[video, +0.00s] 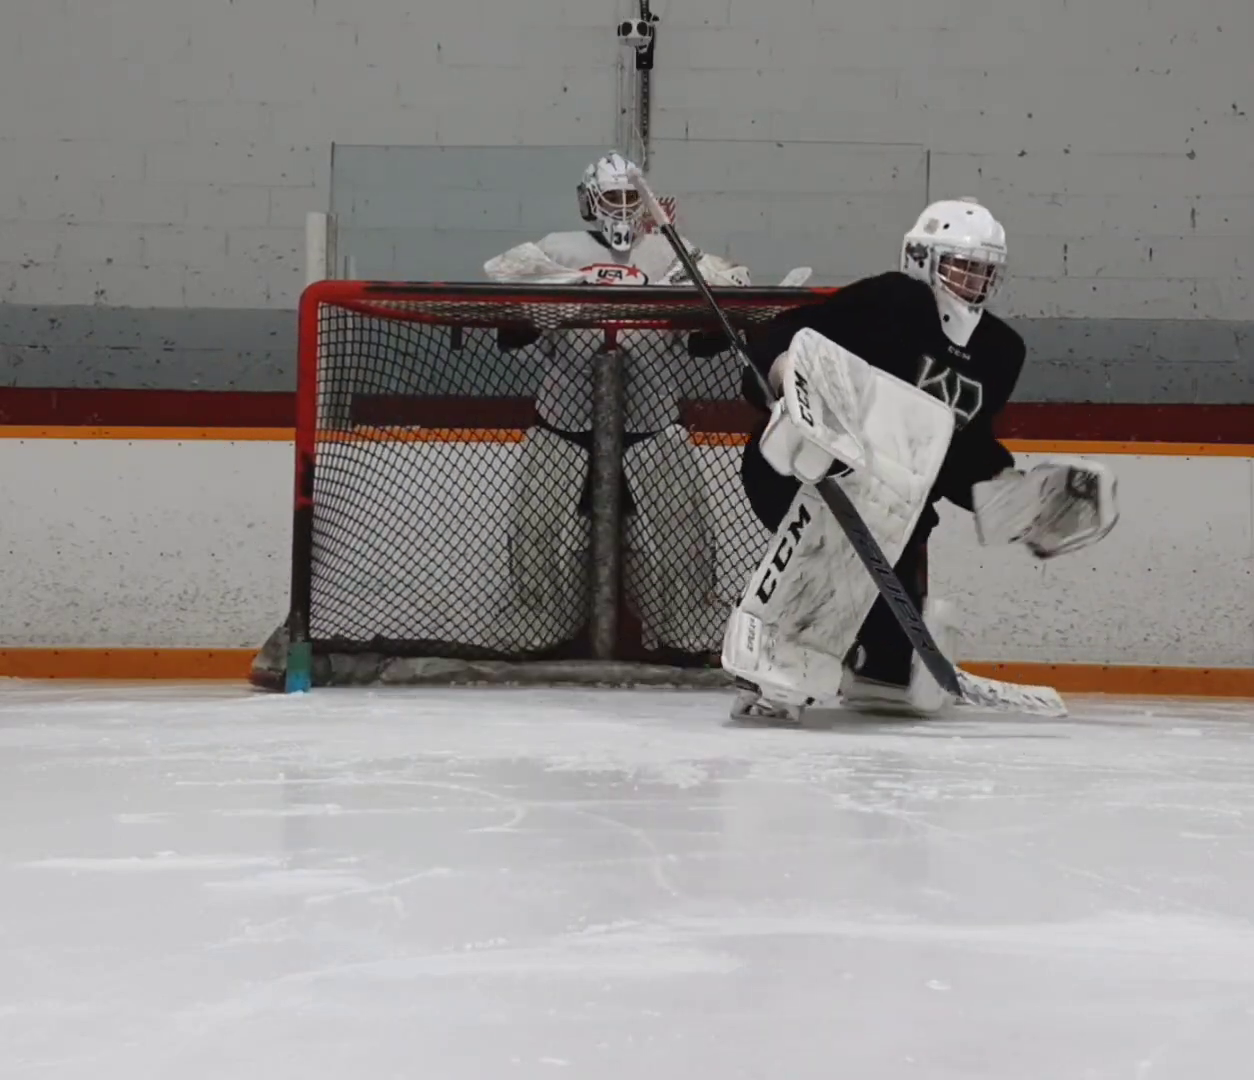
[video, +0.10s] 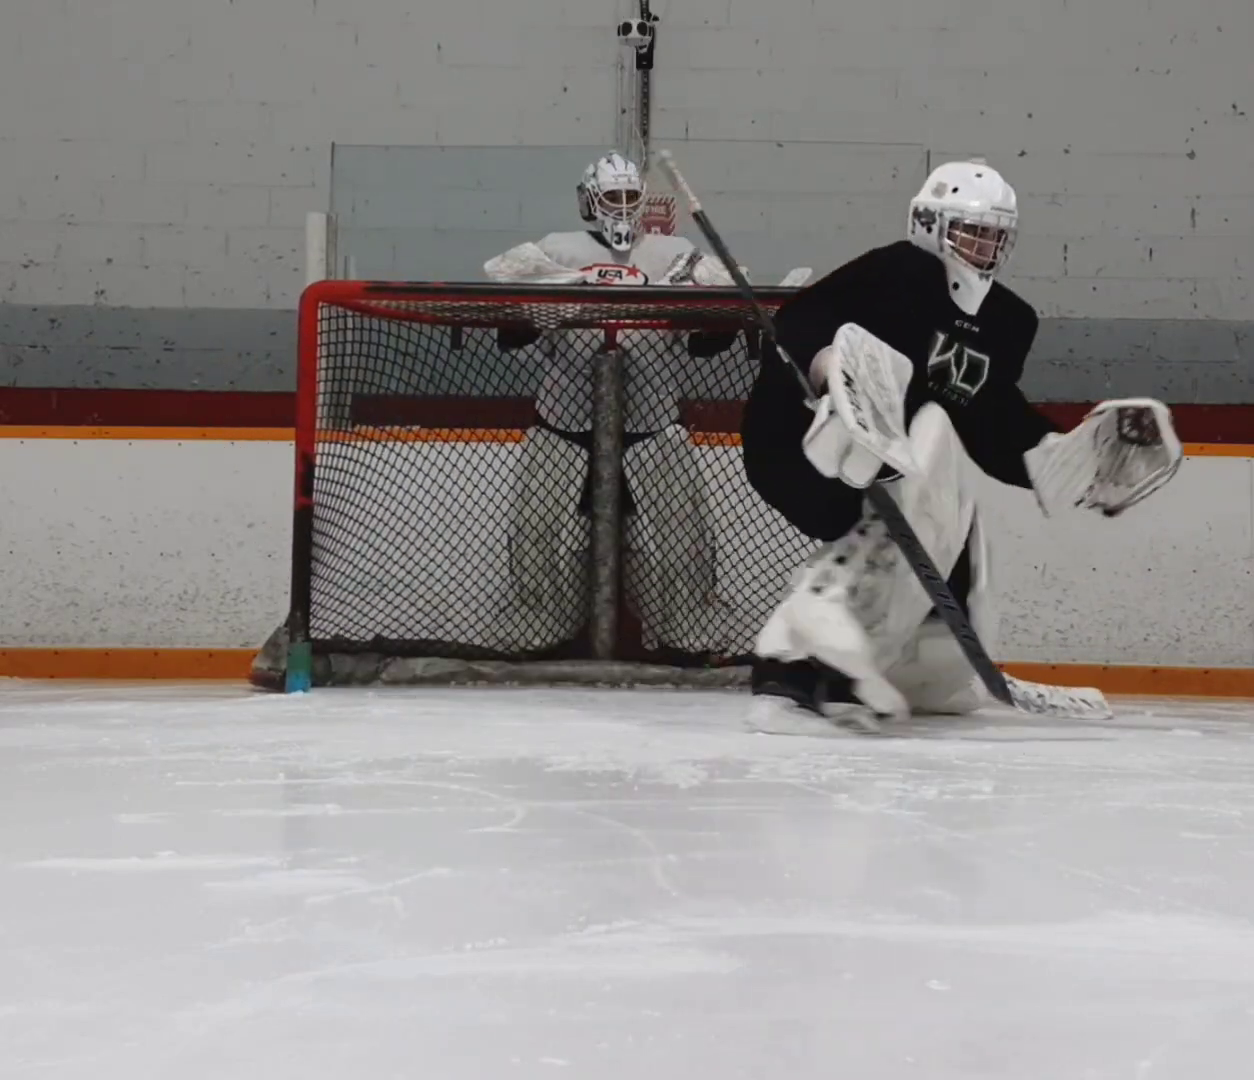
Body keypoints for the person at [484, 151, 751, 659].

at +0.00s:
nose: (620, 208)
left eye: (629, 198)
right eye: (608, 199)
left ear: (646, 201)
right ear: (588, 203)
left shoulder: (671, 255)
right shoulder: (560, 249)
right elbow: (508, 333)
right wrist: (567, 288)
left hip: (651, 432)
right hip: (564, 429)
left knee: (676, 531)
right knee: (542, 531)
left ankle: (677, 641)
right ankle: (543, 640)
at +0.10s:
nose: (621, 208)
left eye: (630, 198)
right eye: (609, 198)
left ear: (644, 201)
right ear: (588, 202)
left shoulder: (675, 257)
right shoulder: (557, 251)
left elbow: (709, 341)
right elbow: (509, 335)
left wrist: (712, 290)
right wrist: (561, 298)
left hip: (651, 433)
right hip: (564, 430)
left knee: (676, 536)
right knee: (542, 534)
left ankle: (678, 642)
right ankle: (543, 642)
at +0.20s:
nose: (622, 208)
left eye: (631, 198)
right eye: (610, 198)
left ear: (642, 201)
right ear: (588, 202)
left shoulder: (674, 256)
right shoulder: (556, 251)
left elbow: (709, 342)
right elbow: (509, 336)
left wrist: (716, 292)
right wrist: (557, 295)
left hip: (651, 434)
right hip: (564, 431)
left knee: (675, 538)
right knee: (540, 536)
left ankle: (674, 641)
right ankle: (544, 644)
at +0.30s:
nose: (622, 208)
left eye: (631, 199)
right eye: (610, 199)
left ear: (642, 203)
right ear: (588, 203)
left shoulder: (674, 257)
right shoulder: (556, 252)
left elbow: (709, 342)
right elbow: (509, 336)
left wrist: (714, 292)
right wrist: (561, 294)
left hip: (651, 434)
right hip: (565, 431)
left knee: (674, 537)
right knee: (542, 534)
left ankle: (674, 640)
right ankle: (549, 641)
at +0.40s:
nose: (622, 209)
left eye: (630, 199)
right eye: (610, 199)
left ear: (642, 203)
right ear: (588, 204)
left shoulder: (673, 257)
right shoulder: (557, 252)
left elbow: (709, 342)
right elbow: (509, 336)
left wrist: (709, 290)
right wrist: (564, 291)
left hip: (651, 434)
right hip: (564, 431)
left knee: (675, 536)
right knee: (538, 532)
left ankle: (675, 640)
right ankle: (545, 640)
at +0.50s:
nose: (620, 208)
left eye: (629, 198)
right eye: (609, 198)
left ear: (641, 201)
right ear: (588, 202)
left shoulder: (673, 257)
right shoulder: (557, 252)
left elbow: (709, 343)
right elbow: (509, 336)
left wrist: (714, 291)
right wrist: (556, 295)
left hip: (652, 434)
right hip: (564, 431)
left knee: (676, 539)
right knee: (540, 537)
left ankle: (673, 643)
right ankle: (544, 646)